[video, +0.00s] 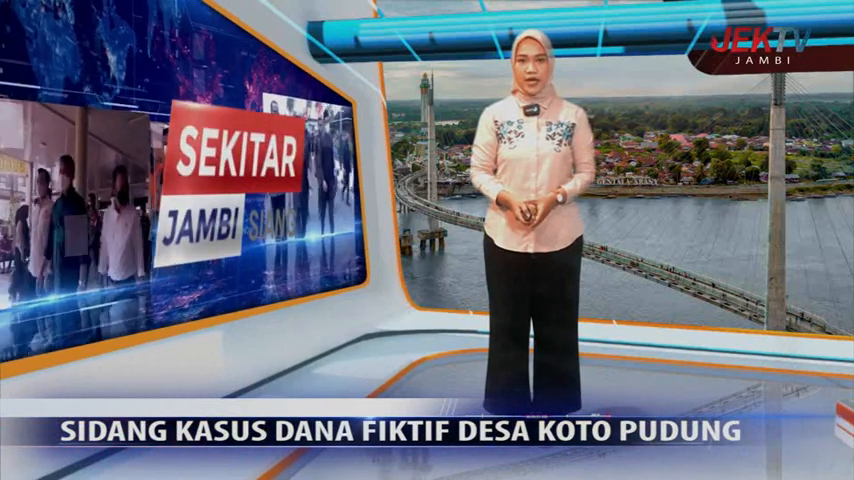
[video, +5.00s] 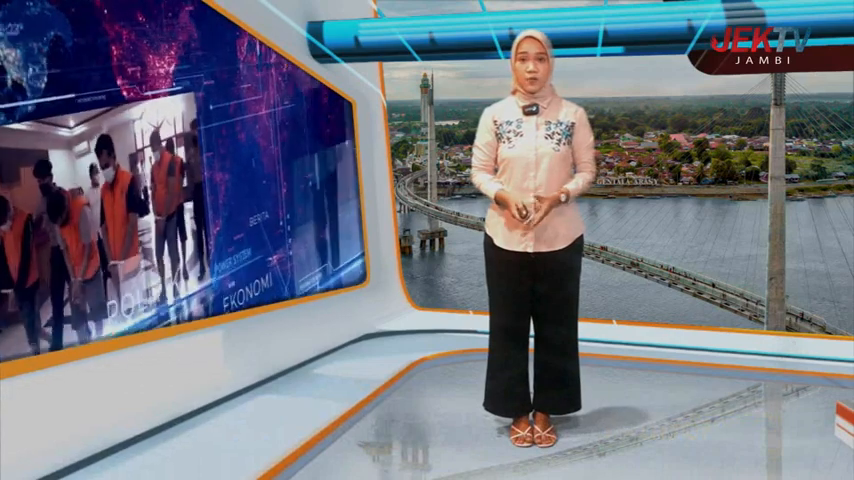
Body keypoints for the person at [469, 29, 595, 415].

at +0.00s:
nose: (531, 67)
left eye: (539, 59)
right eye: (523, 60)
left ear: (551, 65)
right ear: (512, 65)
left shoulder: (573, 116)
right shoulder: (494, 116)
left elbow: (586, 173)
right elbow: (479, 171)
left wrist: (553, 198)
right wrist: (508, 200)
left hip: (559, 243)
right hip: (506, 244)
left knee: (558, 338)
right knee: (507, 336)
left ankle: (558, 422)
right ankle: (506, 422)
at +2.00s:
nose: (531, 67)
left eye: (540, 60)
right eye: (523, 60)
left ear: (551, 65)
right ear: (513, 66)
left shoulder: (574, 116)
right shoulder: (494, 116)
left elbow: (590, 173)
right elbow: (480, 172)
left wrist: (557, 197)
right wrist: (509, 199)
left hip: (559, 242)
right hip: (507, 243)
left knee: (558, 337)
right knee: (508, 336)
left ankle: (558, 423)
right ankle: (506, 423)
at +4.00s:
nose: (529, 67)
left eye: (538, 59)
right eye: (521, 59)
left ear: (550, 65)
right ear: (511, 65)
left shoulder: (571, 115)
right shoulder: (492, 116)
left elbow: (588, 172)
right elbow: (478, 173)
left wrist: (555, 198)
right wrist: (506, 199)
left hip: (558, 241)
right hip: (505, 242)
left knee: (554, 329)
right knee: (509, 328)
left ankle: (544, 413)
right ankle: (519, 414)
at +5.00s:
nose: (531, 66)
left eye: (539, 58)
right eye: (523, 59)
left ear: (551, 64)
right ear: (512, 64)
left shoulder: (573, 114)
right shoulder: (494, 115)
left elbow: (587, 172)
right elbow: (479, 171)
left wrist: (557, 197)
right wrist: (505, 196)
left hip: (559, 241)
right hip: (506, 241)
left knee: (554, 329)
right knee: (510, 328)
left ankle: (543, 413)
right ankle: (519, 414)